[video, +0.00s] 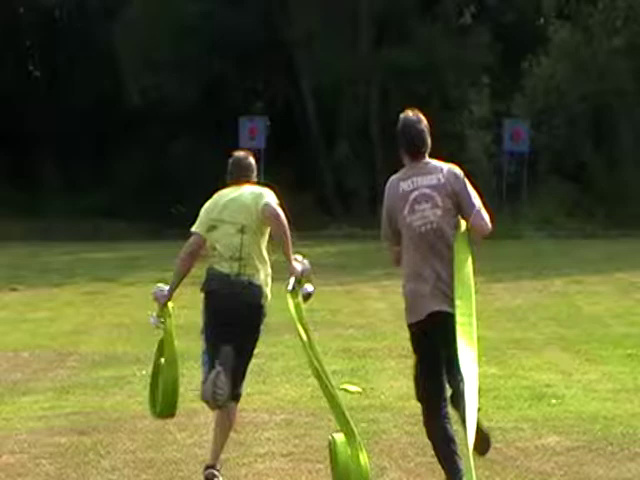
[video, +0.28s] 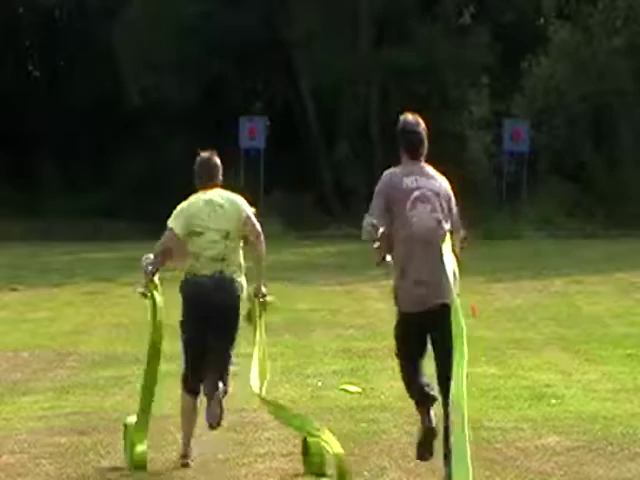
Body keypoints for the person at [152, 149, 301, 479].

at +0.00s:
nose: (251, 178)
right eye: (254, 173)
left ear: (229, 176)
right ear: (254, 175)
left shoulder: (216, 200)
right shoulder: (263, 195)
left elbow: (193, 248)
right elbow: (275, 216)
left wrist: (171, 288)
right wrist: (292, 260)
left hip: (216, 284)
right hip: (252, 288)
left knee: (213, 341)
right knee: (233, 381)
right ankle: (213, 462)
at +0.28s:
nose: (215, 180)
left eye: (202, 177)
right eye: (218, 174)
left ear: (196, 178)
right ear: (221, 176)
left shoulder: (187, 208)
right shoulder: (237, 204)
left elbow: (167, 246)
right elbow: (257, 239)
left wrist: (152, 268)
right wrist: (259, 283)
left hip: (194, 284)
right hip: (229, 284)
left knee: (193, 366)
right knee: (221, 349)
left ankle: (186, 446)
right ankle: (215, 392)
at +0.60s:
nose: (220, 178)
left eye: (212, 171)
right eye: (225, 174)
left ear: (203, 173)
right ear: (227, 176)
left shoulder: (188, 196)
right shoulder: (235, 205)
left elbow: (162, 224)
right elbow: (247, 246)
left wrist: (151, 251)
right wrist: (248, 290)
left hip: (186, 280)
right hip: (216, 284)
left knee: (189, 344)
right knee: (213, 363)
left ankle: (189, 387)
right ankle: (198, 428)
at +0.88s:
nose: (230, 172)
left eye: (227, 167)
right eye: (230, 168)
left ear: (204, 169)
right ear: (226, 169)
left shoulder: (191, 192)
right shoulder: (233, 196)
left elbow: (168, 220)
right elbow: (244, 234)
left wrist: (157, 248)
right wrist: (247, 271)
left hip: (196, 272)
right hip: (224, 272)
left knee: (195, 342)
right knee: (220, 335)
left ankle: (196, 411)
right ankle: (216, 375)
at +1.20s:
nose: (239, 167)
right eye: (240, 163)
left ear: (217, 163)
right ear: (238, 164)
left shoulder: (206, 184)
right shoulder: (246, 191)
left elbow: (185, 210)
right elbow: (259, 237)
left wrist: (172, 235)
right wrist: (263, 273)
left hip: (209, 258)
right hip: (236, 259)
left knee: (216, 317)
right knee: (230, 324)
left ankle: (220, 376)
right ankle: (227, 381)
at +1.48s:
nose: (247, 170)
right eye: (247, 166)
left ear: (227, 165)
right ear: (248, 167)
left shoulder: (213, 186)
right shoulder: (253, 190)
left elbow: (192, 214)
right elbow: (270, 227)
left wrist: (184, 240)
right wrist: (282, 257)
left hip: (217, 254)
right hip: (244, 255)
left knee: (224, 320)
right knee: (242, 316)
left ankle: (229, 372)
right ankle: (244, 373)